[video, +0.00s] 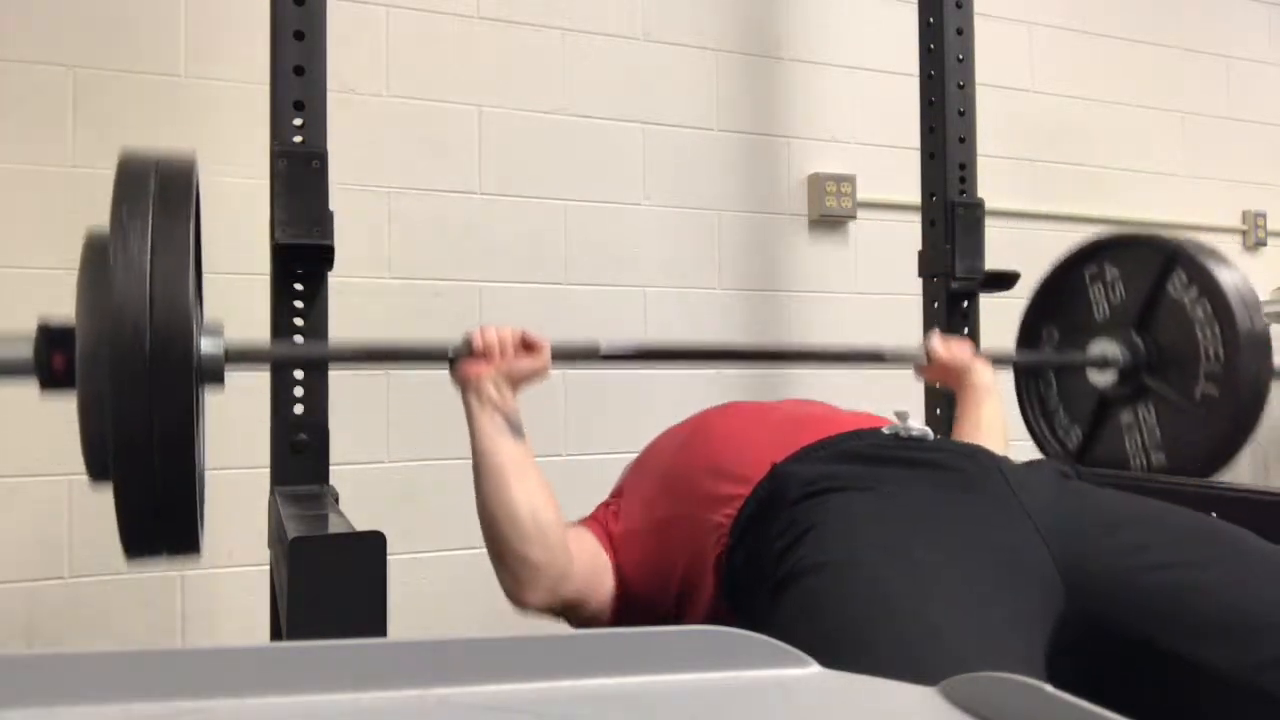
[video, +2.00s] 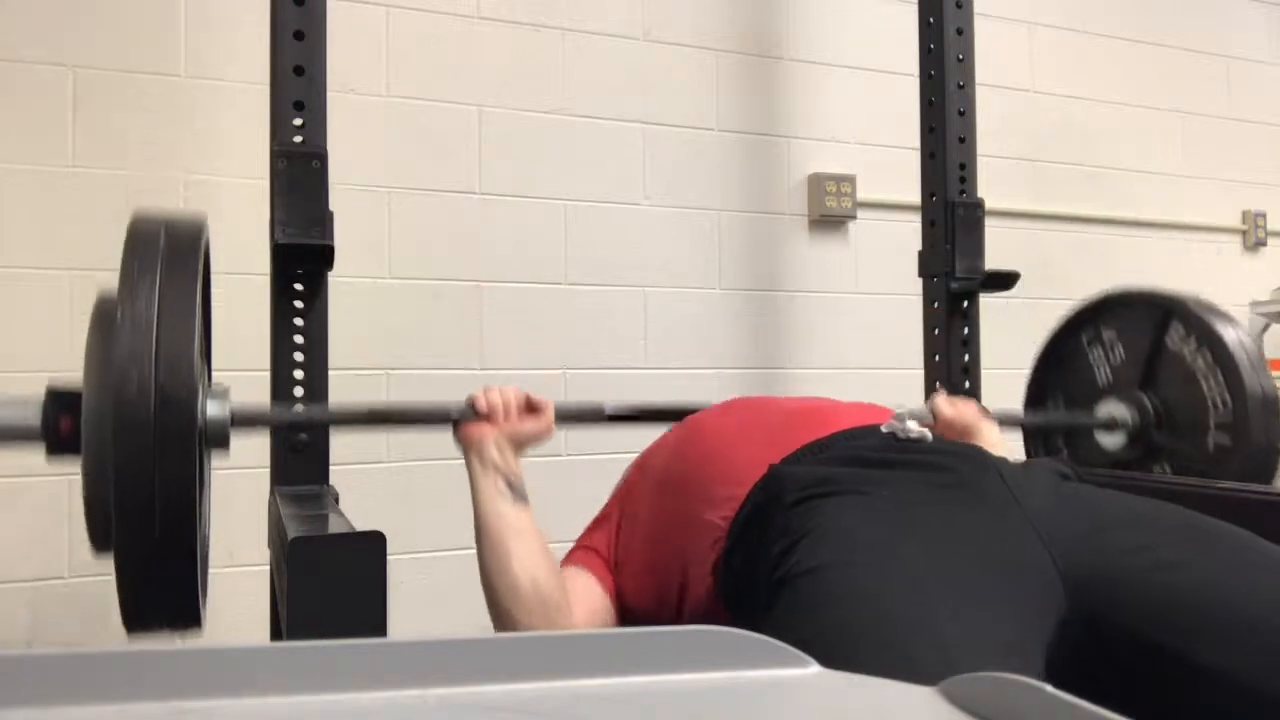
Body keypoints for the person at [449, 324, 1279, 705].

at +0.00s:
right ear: (652, 497)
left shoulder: (888, 435)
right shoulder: (630, 529)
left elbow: (991, 489)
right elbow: (541, 573)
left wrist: (981, 384)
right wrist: (490, 407)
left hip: (1033, 489)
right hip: (856, 509)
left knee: (1272, 623)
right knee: (933, 701)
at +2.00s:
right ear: (652, 476)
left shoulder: (867, 421)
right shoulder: (622, 533)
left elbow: (1026, 521)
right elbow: (546, 628)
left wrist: (984, 446)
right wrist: (493, 473)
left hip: (1028, 487)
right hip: (855, 504)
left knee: (1277, 608)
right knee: (942, 689)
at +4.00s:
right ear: (618, 499)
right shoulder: (606, 534)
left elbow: (921, 423)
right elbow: (518, 440)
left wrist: (952, 294)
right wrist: (480, 282)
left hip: (1013, 482)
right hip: (838, 503)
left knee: (1274, 612)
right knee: (936, 692)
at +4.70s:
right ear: (646, 490)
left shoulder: (857, 424)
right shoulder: (621, 535)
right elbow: (551, 631)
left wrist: (987, 453)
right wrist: (497, 488)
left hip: (1037, 487)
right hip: (859, 504)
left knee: (1275, 605)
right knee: (931, 694)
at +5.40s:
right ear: (613, 495)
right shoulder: (605, 530)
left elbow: (921, 427)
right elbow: (514, 435)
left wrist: (943, 291)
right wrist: (475, 271)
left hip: (1009, 478)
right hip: (839, 499)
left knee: (1274, 609)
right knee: (935, 691)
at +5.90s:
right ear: (647, 480)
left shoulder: (871, 420)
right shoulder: (624, 529)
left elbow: (1031, 521)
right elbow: (548, 628)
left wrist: (988, 446)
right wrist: (494, 476)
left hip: (1035, 487)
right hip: (863, 499)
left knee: (1276, 608)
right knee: (935, 688)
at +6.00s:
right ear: (625, 506)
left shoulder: (855, 423)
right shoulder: (613, 542)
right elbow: (552, 640)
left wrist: (983, 457)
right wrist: (492, 496)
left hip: (1034, 487)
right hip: (857, 505)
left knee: (1275, 605)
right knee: (929, 696)